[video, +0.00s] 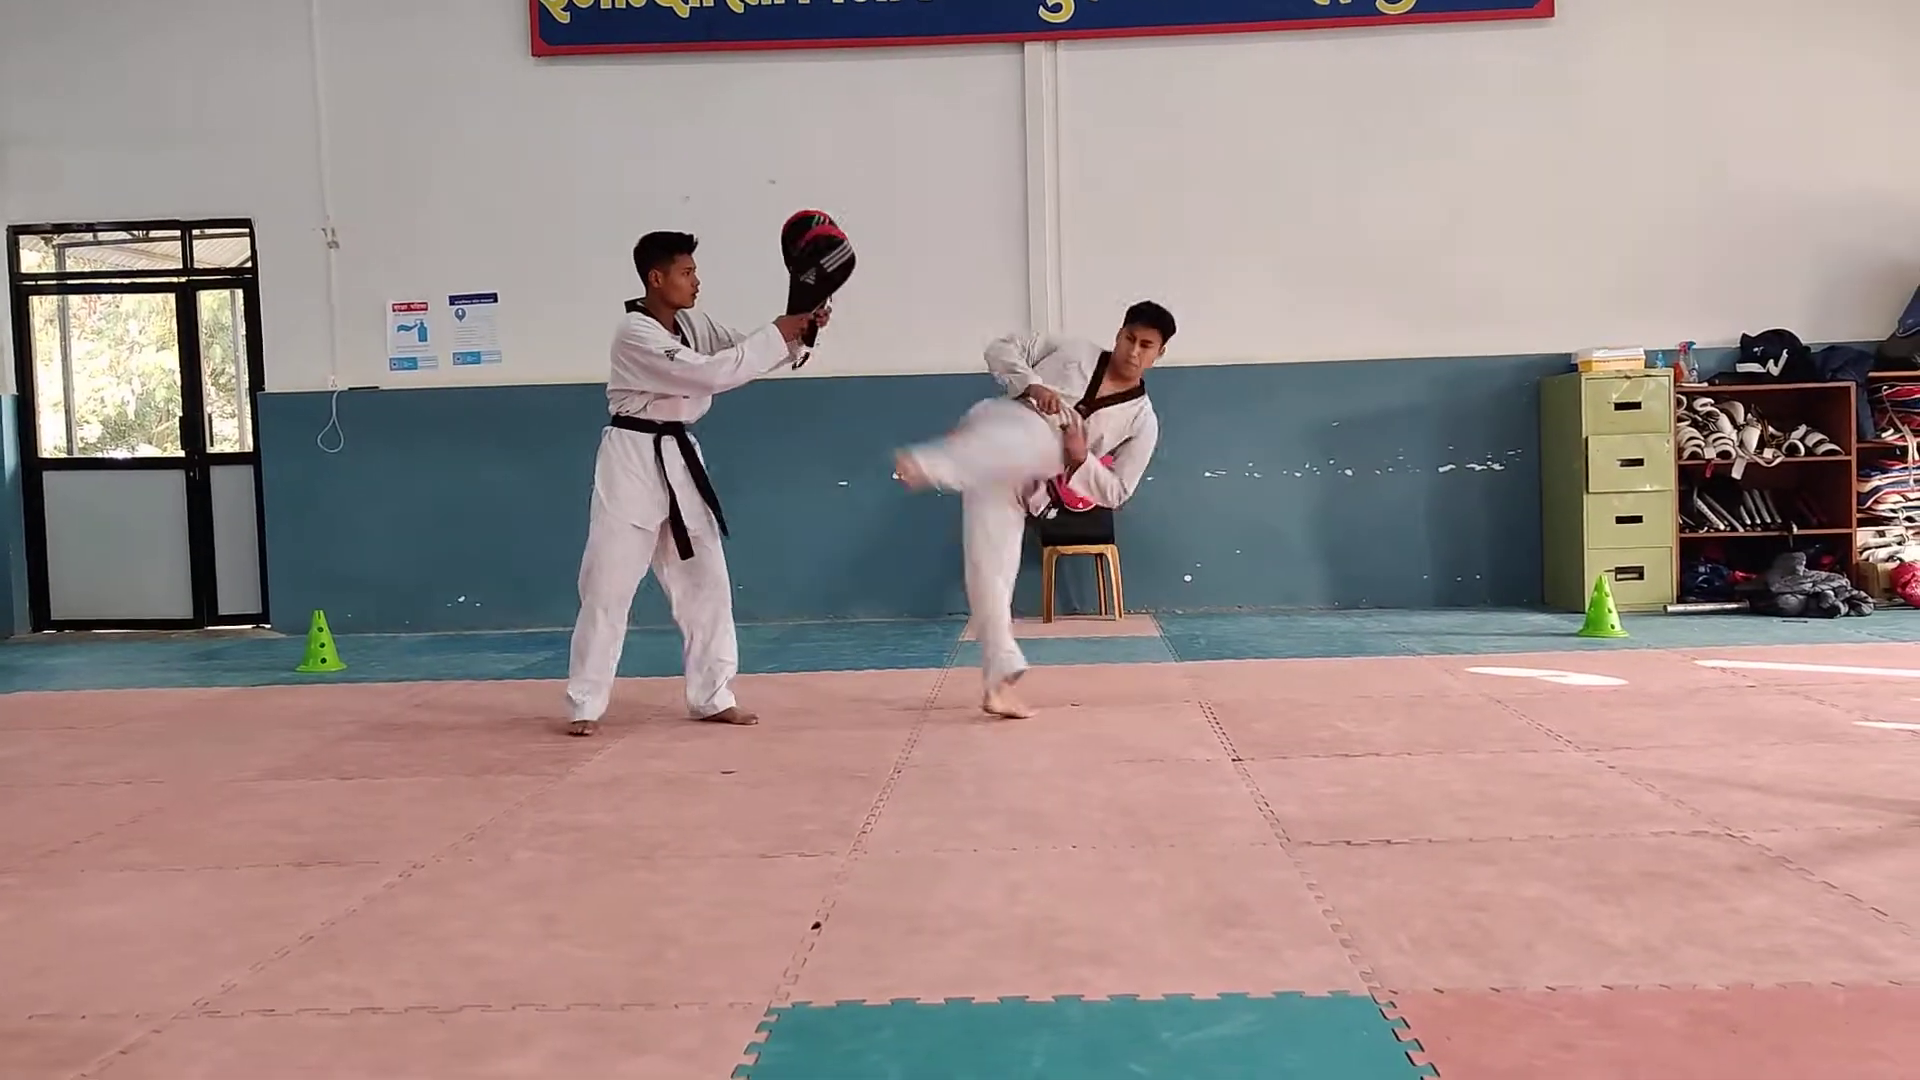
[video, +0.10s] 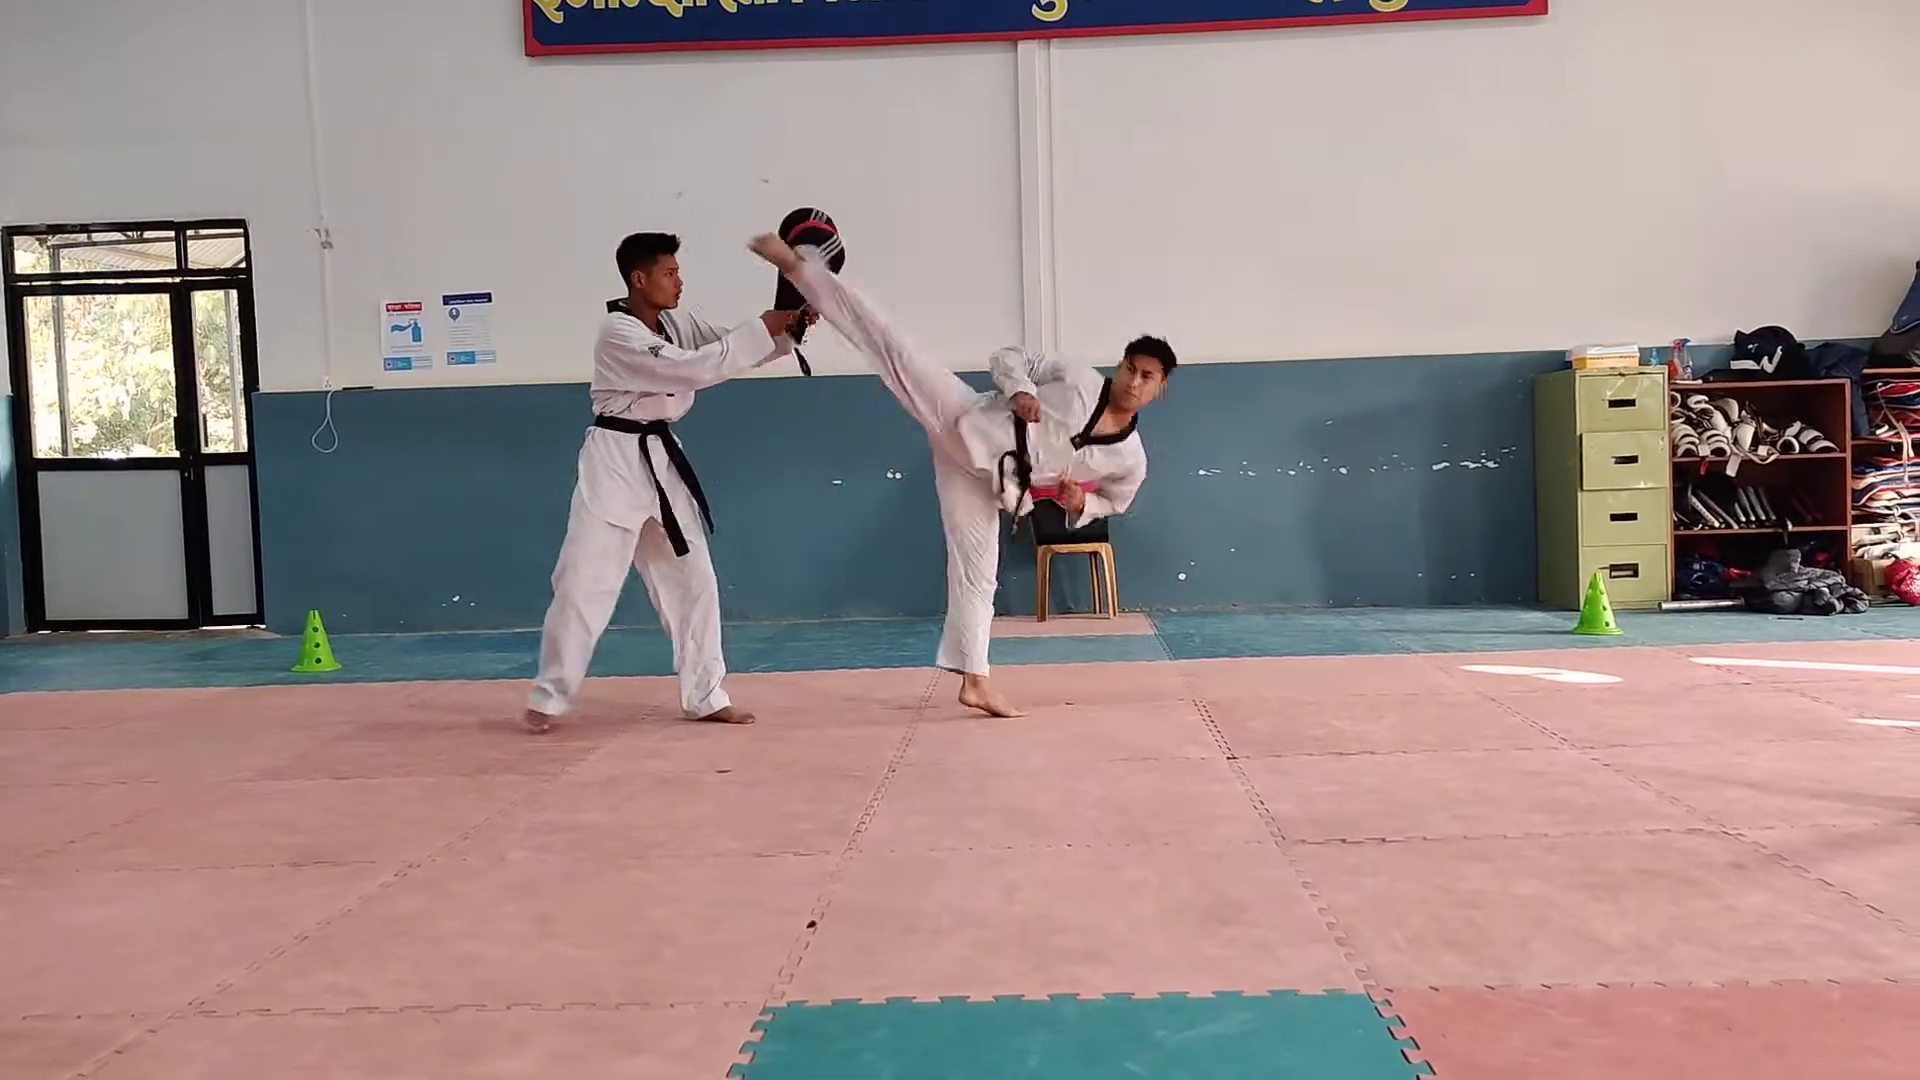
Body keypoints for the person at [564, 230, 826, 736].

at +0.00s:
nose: (696, 280)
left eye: (695, 271)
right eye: (686, 271)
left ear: (678, 278)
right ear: (655, 278)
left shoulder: (697, 326)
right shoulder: (633, 333)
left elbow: (745, 359)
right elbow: (707, 374)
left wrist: (800, 335)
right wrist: (777, 335)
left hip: (681, 459)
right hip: (629, 458)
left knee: (706, 576)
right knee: (608, 580)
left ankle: (711, 696)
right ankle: (585, 705)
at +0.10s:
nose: (679, 280)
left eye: (678, 271)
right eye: (670, 272)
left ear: (661, 279)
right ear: (638, 278)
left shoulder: (682, 326)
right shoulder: (617, 333)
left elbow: (733, 349)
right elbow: (688, 370)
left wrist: (786, 332)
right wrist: (763, 331)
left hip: (663, 459)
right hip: (612, 457)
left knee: (693, 577)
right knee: (585, 576)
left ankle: (705, 695)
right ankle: (550, 695)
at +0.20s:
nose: (652, 281)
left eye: (651, 272)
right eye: (642, 273)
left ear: (629, 279)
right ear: (611, 279)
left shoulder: (653, 330)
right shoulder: (600, 328)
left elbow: (708, 356)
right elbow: (677, 350)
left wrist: (773, 361)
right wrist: (753, 335)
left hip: (640, 462)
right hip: (591, 460)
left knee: (682, 575)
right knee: (549, 585)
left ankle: (699, 693)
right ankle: (494, 699)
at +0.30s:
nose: (638, 284)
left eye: (637, 275)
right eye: (627, 276)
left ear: (620, 283)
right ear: (597, 284)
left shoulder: (635, 338)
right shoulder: (586, 337)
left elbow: (646, 410)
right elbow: (644, 397)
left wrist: (682, 451)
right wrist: (714, 409)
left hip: (620, 465)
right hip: (570, 464)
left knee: (666, 576)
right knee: (528, 579)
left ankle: (696, 692)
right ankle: (482, 701)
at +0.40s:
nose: (626, 296)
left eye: (626, 287)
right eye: (616, 288)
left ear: (606, 294)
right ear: (586, 294)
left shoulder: (617, 348)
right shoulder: (558, 353)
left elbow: (603, 426)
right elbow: (554, 432)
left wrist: (615, 474)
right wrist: (621, 461)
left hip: (601, 481)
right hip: (550, 482)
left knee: (642, 587)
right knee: (519, 595)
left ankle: (692, 690)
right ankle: (481, 704)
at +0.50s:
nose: (612, 298)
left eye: (611, 289)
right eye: (603, 289)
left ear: (588, 295)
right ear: (571, 293)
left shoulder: (602, 348)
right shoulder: (534, 352)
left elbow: (596, 426)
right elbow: (516, 426)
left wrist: (604, 481)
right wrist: (580, 463)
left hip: (588, 480)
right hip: (533, 483)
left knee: (624, 580)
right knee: (515, 590)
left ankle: (671, 684)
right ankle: (485, 701)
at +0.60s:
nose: (606, 293)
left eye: (606, 284)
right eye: (598, 284)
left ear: (583, 289)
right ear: (567, 287)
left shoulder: (597, 346)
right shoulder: (525, 349)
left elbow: (596, 423)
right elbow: (509, 421)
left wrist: (607, 484)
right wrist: (567, 448)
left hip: (580, 475)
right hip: (523, 476)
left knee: (614, 567)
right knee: (509, 580)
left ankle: (609, 680)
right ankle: (485, 698)